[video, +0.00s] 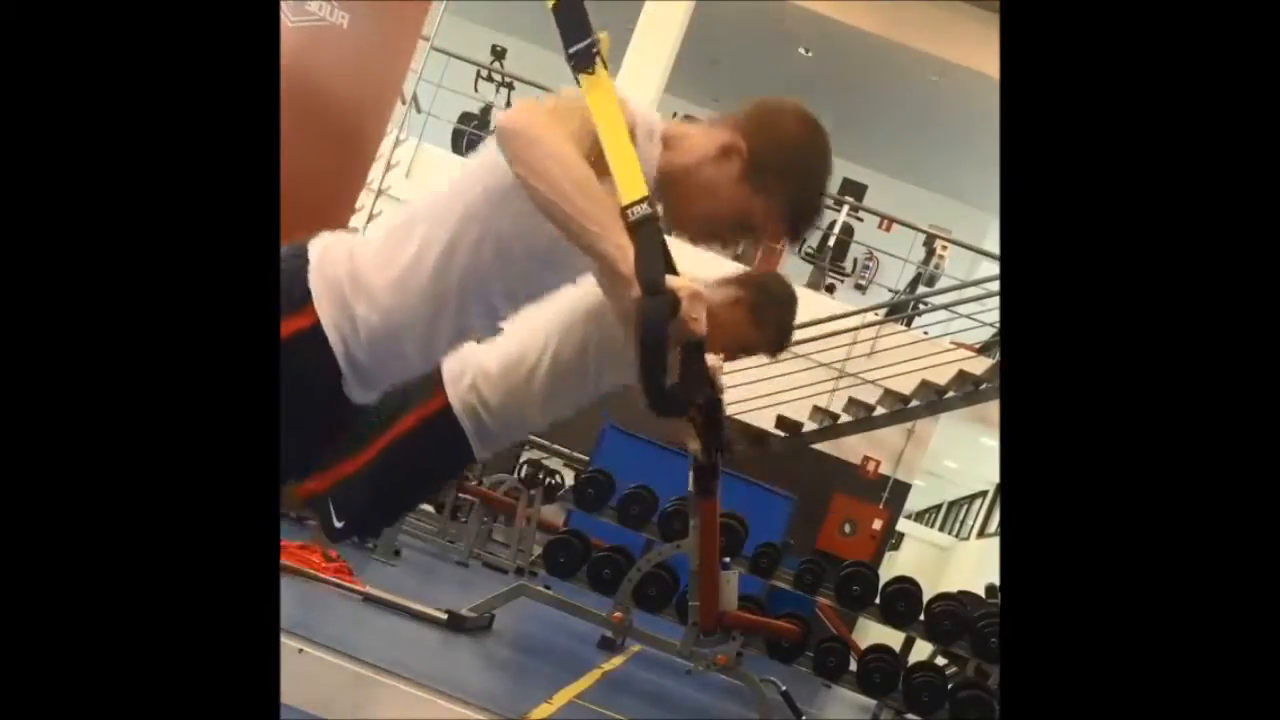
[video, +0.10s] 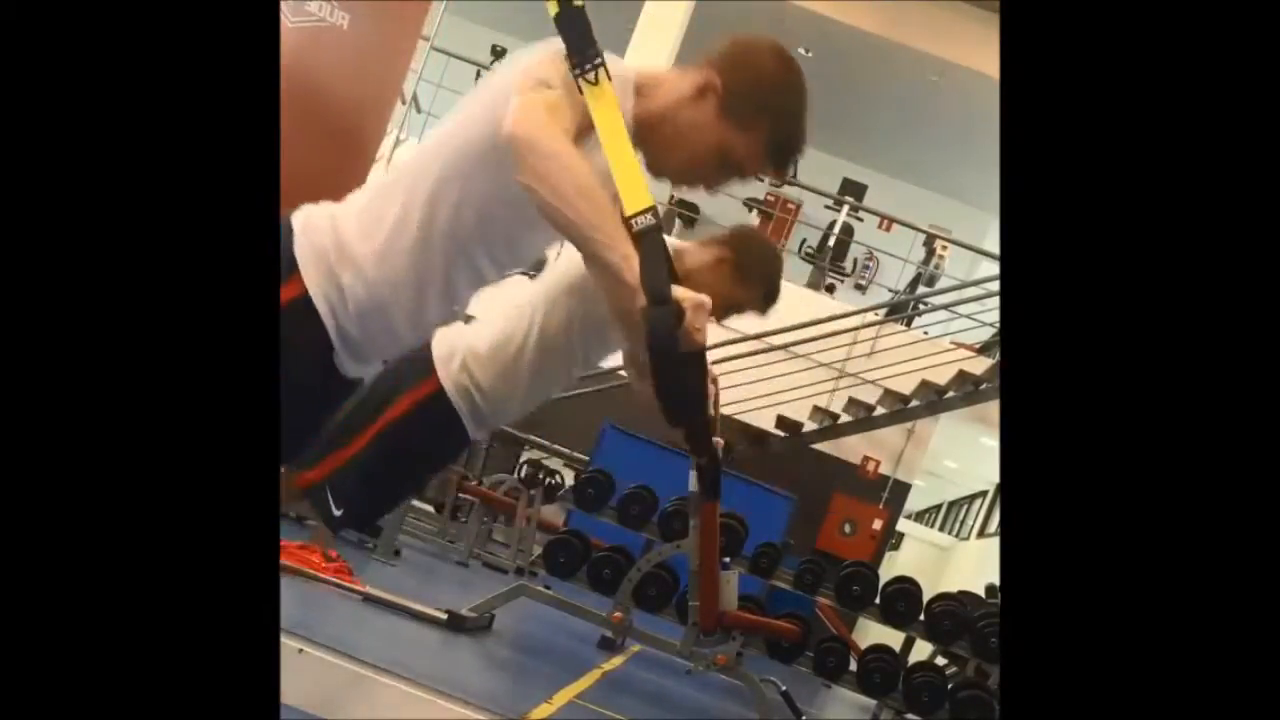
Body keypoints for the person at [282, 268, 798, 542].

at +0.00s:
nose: (715, 355)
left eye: (730, 352)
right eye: (726, 340)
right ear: (725, 296)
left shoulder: (668, 338)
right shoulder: (655, 283)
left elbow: (662, 409)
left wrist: (696, 424)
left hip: (492, 420)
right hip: (471, 392)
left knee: (360, 509)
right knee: (338, 501)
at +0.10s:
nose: (718, 309)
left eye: (731, 308)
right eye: (729, 294)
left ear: (717, 271)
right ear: (716, 255)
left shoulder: (655, 311)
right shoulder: (637, 248)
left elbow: (654, 390)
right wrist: (670, 310)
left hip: (470, 406)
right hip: (448, 378)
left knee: (339, 515)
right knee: (315, 499)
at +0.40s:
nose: (698, 264)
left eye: (710, 258)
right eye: (709, 250)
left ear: (685, 208)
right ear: (688, 207)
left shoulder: (630, 252)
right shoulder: (610, 212)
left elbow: (650, 336)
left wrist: (685, 387)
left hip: (451, 372)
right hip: (425, 342)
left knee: (329, 484)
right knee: (296, 458)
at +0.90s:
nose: (705, 302)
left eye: (718, 298)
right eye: (716, 288)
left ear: (703, 245)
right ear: (705, 244)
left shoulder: (641, 280)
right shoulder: (626, 237)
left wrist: (679, 391)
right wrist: (677, 379)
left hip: (450, 392)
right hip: (427, 369)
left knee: (325, 508)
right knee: (298, 490)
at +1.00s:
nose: (720, 345)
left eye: (734, 342)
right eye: (727, 330)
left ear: (718, 292)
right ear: (716, 285)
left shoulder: (662, 326)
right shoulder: (644, 272)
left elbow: (652, 408)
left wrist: (695, 420)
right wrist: (691, 373)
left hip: (461, 408)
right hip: (440, 384)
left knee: (336, 516)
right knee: (310, 501)